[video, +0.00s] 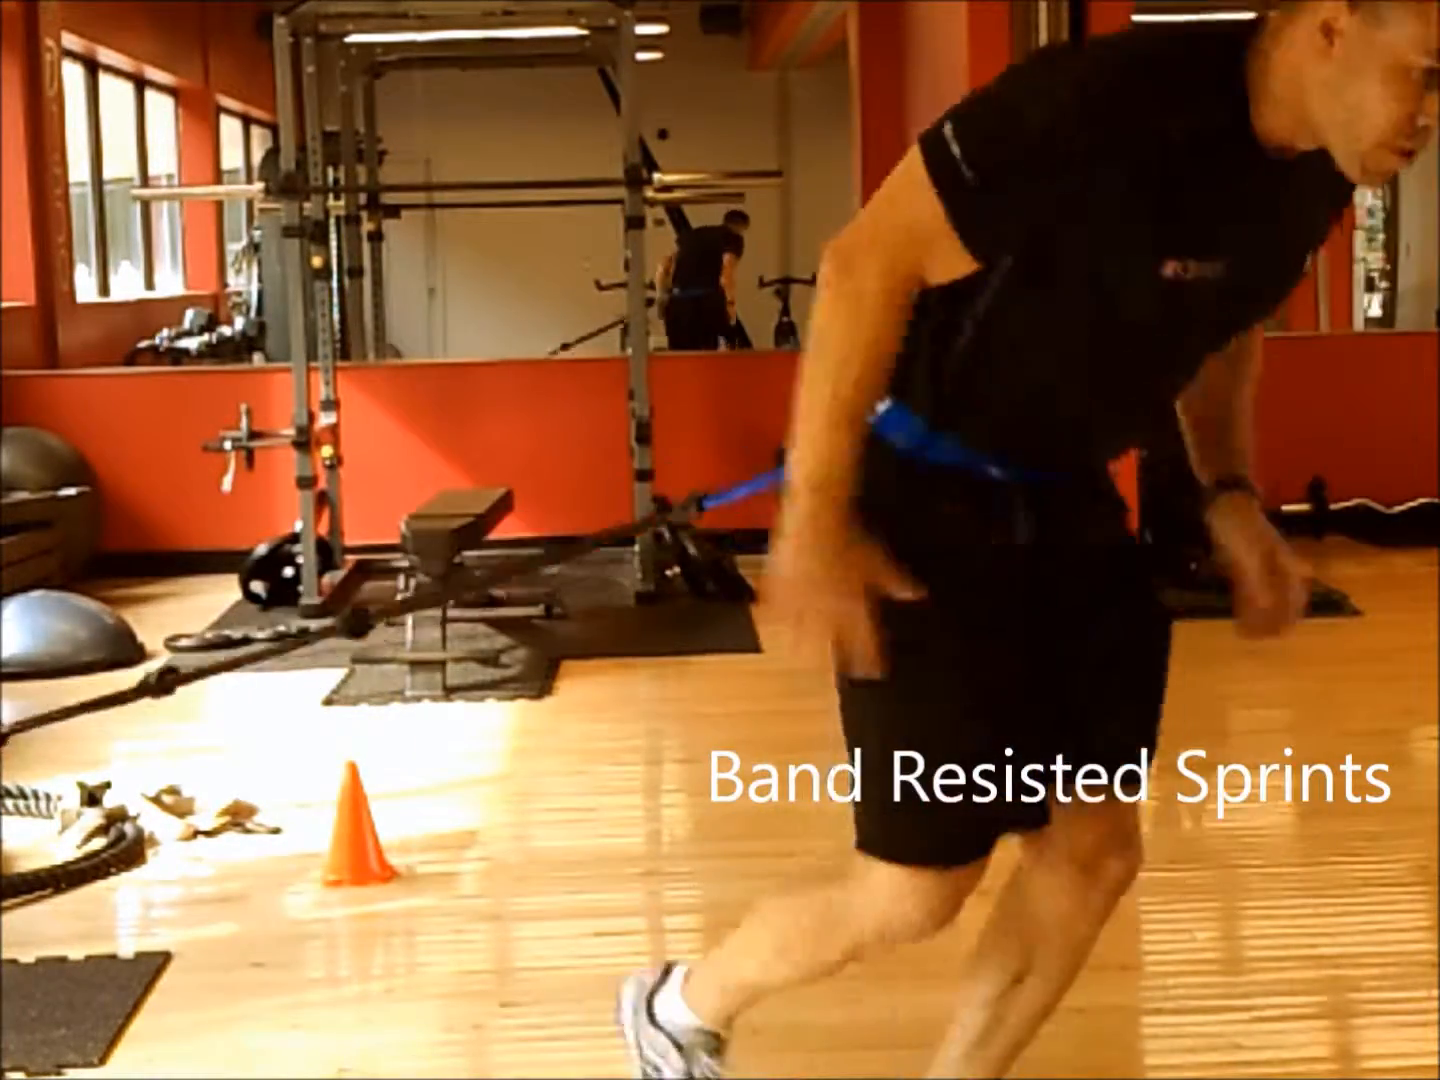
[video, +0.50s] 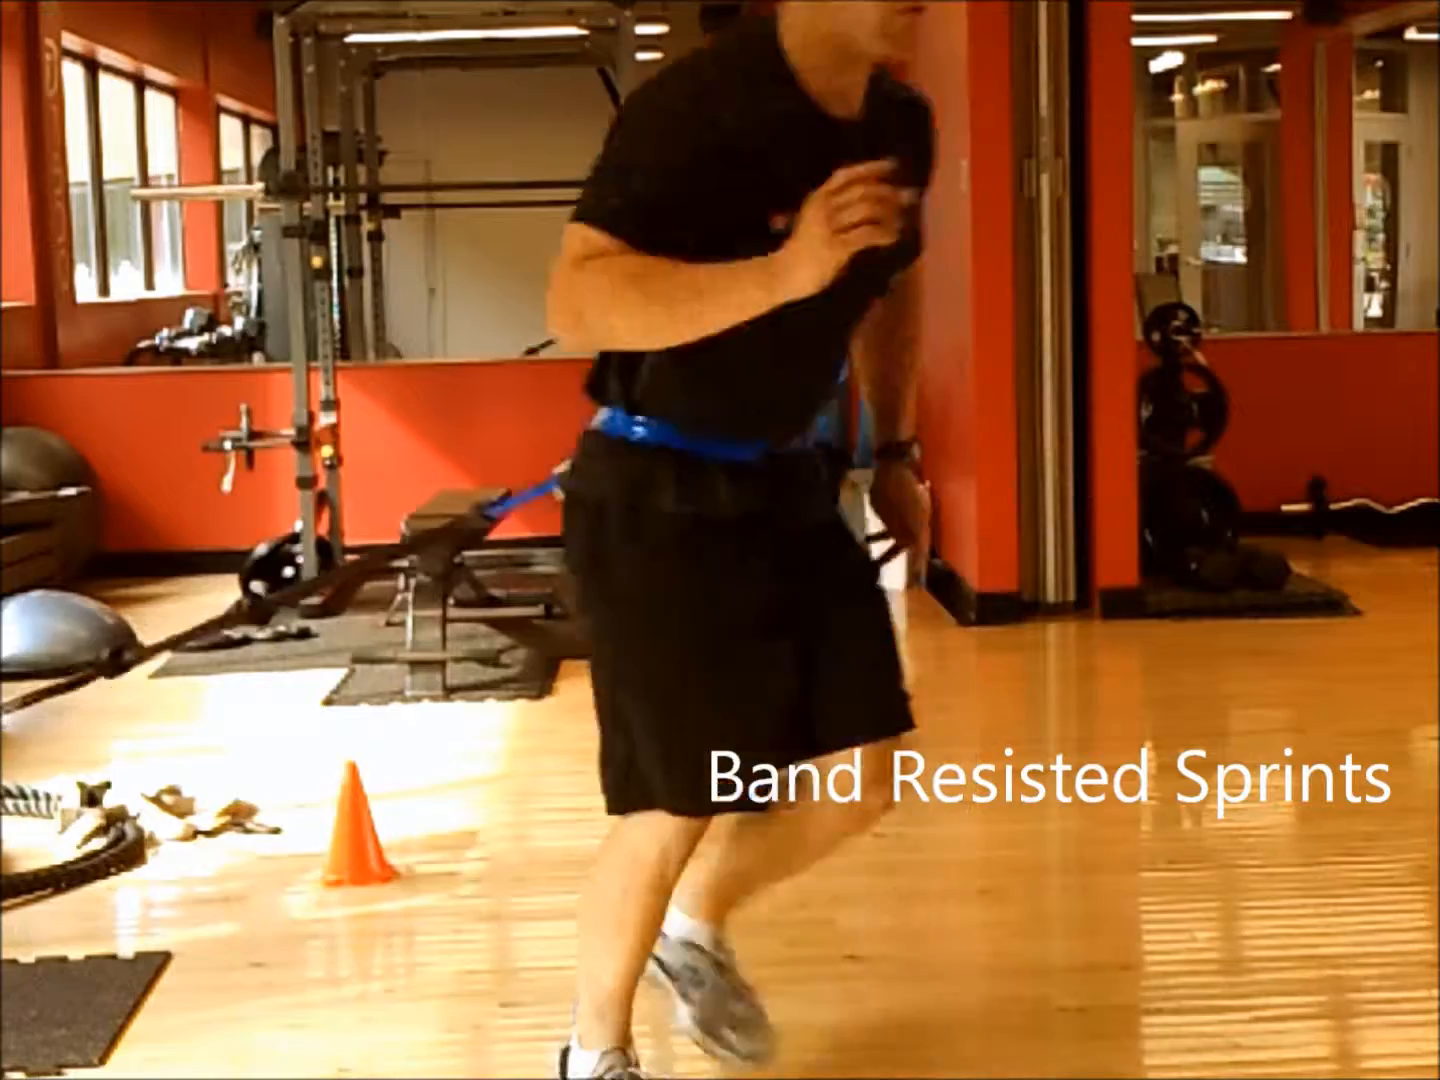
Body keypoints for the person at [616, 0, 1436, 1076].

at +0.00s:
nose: (1432, 114)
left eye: (1439, 83)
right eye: (1420, 76)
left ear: (1337, 45)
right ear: (1322, 37)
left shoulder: (1320, 166)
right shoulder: (1095, 97)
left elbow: (1223, 328)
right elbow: (865, 258)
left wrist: (1231, 493)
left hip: (1072, 494)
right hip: (920, 481)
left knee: (1093, 854)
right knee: (916, 887)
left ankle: (955, 1076)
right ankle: (676, 1009)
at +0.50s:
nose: (916, 8)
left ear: (905, 10)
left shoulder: (902, 120)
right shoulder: (687, 101)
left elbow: (891, 299)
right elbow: (577, 302)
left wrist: (892, 456)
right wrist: (783, 271)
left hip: (790, 480)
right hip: (651, 483)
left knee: (861, 771)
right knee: (677, 790)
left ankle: (690, 924)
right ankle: (594, 1047)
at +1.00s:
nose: (576, 42)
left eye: (589, 24)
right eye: (555, 19)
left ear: (595, 29)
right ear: (491, 11)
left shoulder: (577, 141)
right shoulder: (379, 117)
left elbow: (595, 298)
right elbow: (286, 267)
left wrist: (646, 427)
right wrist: (269, 436)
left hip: (491, 420)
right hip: (381, 415)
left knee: (474, 664)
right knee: (420, 660)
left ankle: (437, 891)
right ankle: (392, 923)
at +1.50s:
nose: (313, 104)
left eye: (324, 84)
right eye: (295, 84)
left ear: (331, 77)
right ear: (236, 69)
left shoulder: (339, 167)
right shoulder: (162, 175)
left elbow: (359, 299)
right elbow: (103, 323)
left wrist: (404, 412)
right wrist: (197, 426)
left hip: (309, 441)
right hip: (193, 450)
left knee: (359, 642)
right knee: (178, 661)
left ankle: (405, 868)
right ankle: (180, 847)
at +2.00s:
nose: (260, 61)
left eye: (270, 42)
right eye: (240, 39)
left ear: (279, 47)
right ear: (183, 40)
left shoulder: (297, 161)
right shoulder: (115, 159)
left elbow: (342, 296)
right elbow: (50, 304)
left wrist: (381, 406)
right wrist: (54, 445)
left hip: (251, 428)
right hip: (152, 425)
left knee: (238, 632)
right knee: (185, 641)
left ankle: (197, 803)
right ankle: (175, 839)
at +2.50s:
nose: (354, 165)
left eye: (368, 147)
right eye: (336, 142)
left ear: (377, 147)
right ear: (282, 129)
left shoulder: (376, 236)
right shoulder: (189, 203)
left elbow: (407, 351)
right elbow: (59, 270)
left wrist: (419, 427)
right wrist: (36, 410)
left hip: (271, 469)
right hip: (171, 455)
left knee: (234, 647)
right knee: (230, 634)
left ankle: (175, 801)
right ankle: (179, 830)